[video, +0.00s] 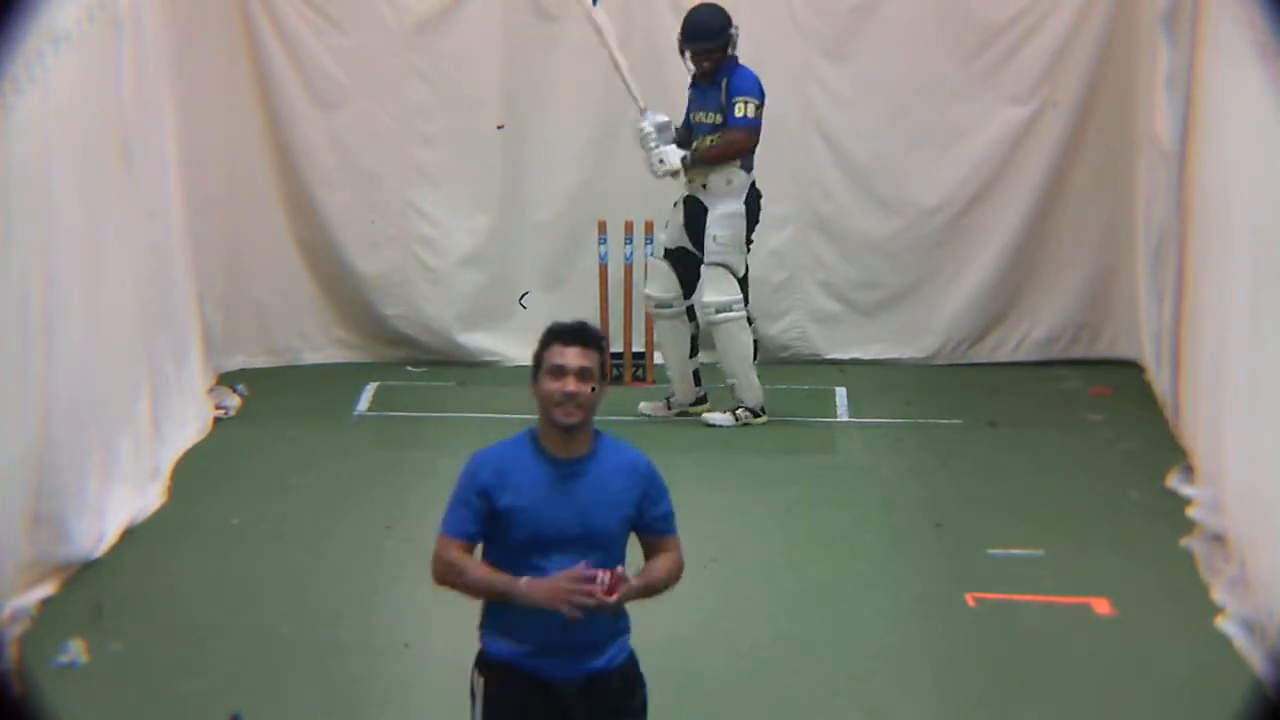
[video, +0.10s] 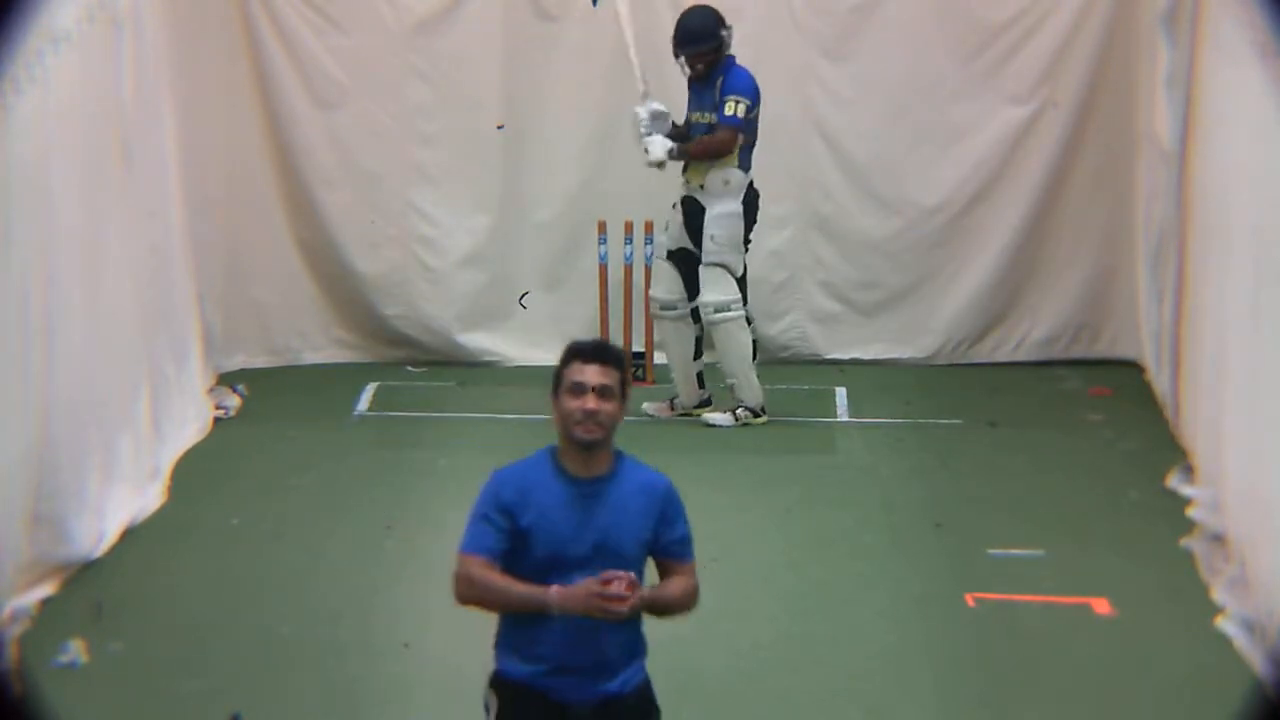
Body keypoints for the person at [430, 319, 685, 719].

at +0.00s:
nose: (570, 388)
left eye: (584, 377)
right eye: (557, 374)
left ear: (600, 388)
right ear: (535, 383)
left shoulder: (633, 471)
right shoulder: (490, 469)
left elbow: (668, 557)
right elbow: (446, 564)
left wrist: (633, 587)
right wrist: (532, 590)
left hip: (606, 678)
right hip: (515, 680)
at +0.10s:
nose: (589, 405)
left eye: (604, 394)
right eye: (577, 392)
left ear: (622, 407)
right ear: (555, 402)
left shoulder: (653, 492)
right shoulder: (511, 487)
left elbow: (685, 587)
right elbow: (469, 583)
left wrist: (642, 599)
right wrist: (563, 599)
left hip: (622, 695)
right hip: (530, 695)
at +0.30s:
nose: (633, 407)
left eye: (648, 397)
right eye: (620, 394)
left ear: (667, 412)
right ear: (598, 407)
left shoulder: (695, 498)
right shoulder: (554, 490)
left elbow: (735, 604)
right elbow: (516, 590)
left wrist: (670, 588)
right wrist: (604, 589)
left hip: (662, 700)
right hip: (571, 701)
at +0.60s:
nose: (662, 427)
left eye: (676, 415)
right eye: (648, 414)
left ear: (695, 432)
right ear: (626, 428)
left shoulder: (732, 515)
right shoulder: (586, 514)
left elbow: (771, 622)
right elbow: (547, 624)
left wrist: (680, 604)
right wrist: (615, 605)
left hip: (702, 709)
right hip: (609, 709)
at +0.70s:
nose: (663, 446)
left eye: (678, 434)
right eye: (650, 433)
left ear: (697, 449)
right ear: (627, 447)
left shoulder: (739, 534)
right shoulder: (589, 537)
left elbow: (780, 643)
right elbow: (557, 652)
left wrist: (696, 632)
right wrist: (612, 636)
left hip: (712, 712)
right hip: (615, 713)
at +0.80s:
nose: (666, 450)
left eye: (680, 437)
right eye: (651, 437)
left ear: (699, 451)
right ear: (628, 451)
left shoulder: (746, 536)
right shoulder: (594, 544)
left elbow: (790, 643)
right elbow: (561, 657)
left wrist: (726, 641)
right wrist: (615, 648)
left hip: (719, 713)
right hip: (623, 713)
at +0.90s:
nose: (677, 441)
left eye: (691, 428)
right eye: (662, 428)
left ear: (711, 442)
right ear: (638, 443)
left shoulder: (758, 526)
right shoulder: (604, 534)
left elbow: (806, 631)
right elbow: (570, 645)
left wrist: (755, 633)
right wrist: (639, 635)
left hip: (730, 710)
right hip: (634, 711)